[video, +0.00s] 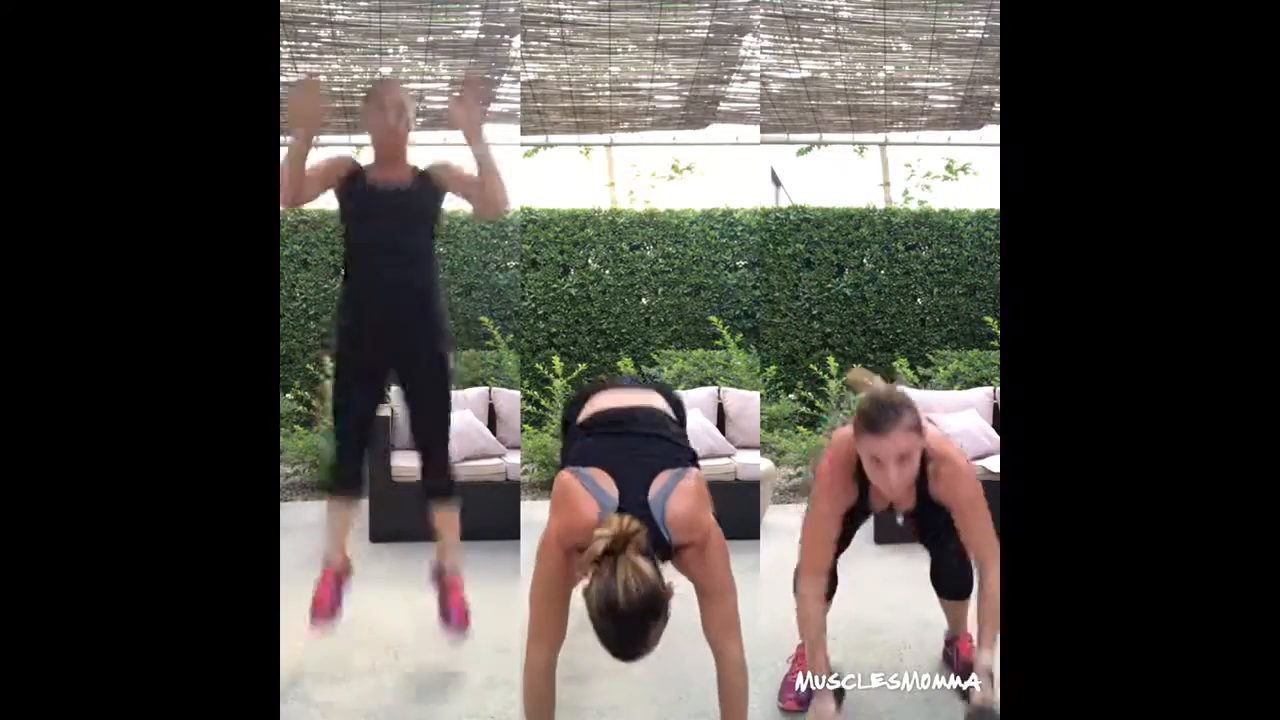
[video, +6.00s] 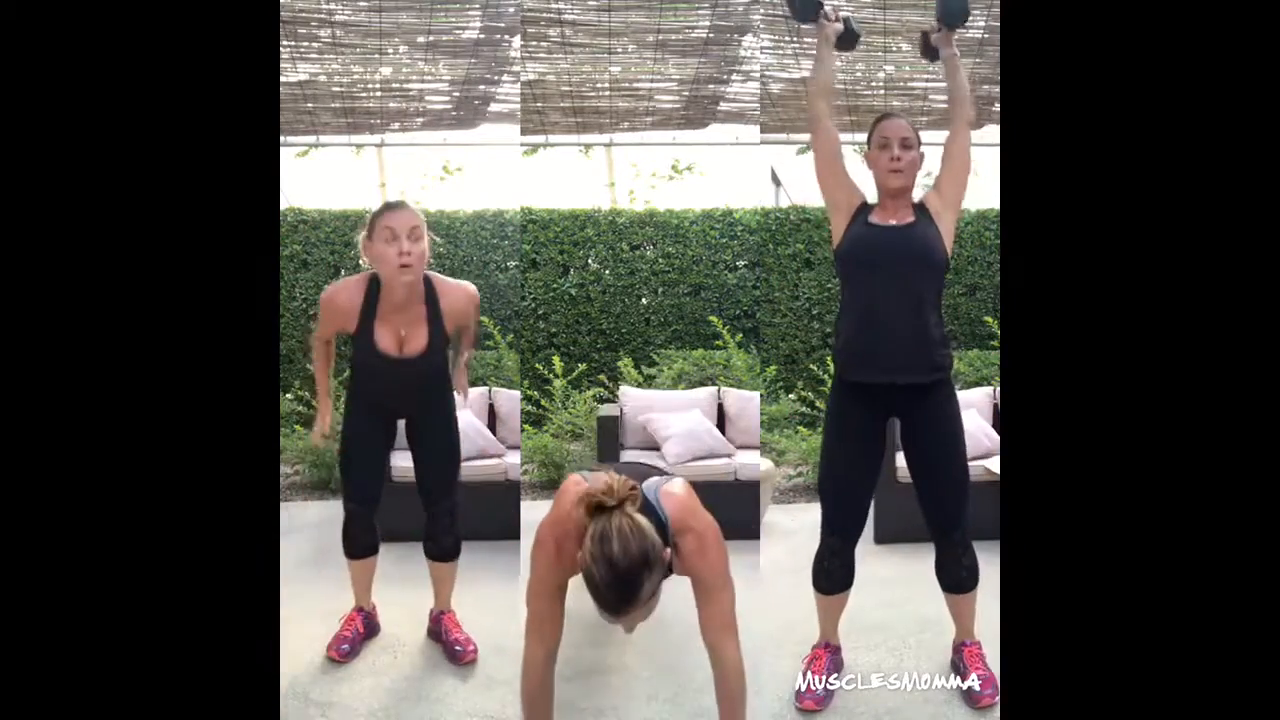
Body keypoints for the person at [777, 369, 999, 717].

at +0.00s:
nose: (891, 476)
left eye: (903, 459)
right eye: (877, 461)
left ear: (922, 444)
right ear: (860, 451)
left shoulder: (949, 464)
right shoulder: (840, 456)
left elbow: (991, 561)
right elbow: (813, 572)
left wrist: (986, 655)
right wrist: (821, 685)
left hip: (928, 492)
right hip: (855, 491)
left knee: (952, 561)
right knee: (813, 568)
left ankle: (956, 640)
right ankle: (809, 656)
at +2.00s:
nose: (898, 176)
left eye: (908, 167)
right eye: (887, 167)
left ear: (920, 177)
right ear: (871, 176)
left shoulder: (941, 241)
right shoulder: (847, 241)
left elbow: (976, 311)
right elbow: (813, 310)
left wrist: (969, 244)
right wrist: (820, 243)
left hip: (932, 395)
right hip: (861, 396)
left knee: (956, 526)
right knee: (845, 532)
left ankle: (969, 636)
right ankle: (837, 640)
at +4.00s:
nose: (910, 599)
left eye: (916, 592)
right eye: (897, 595)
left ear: (935, 534)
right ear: (867, 542)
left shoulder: (958, 484)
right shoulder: (842, 487)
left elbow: (985, 606)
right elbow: (821, 620)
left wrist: (986, 704)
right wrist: (832, 711)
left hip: (932, 378)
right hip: (857, 378)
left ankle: (939, 551)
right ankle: (852, 558)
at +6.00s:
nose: (899, 151)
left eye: (908, 144)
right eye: (888, 144)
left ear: (921, 157)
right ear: (868, 157)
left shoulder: (938, 215)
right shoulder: (848, 213)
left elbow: (963, 127)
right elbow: (821, 123)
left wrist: (949, 50)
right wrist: (824, 39)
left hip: (930, 391)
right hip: (856, 391)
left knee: (952, 530)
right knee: (838, 533)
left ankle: (968, 647)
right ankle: (826, 649)